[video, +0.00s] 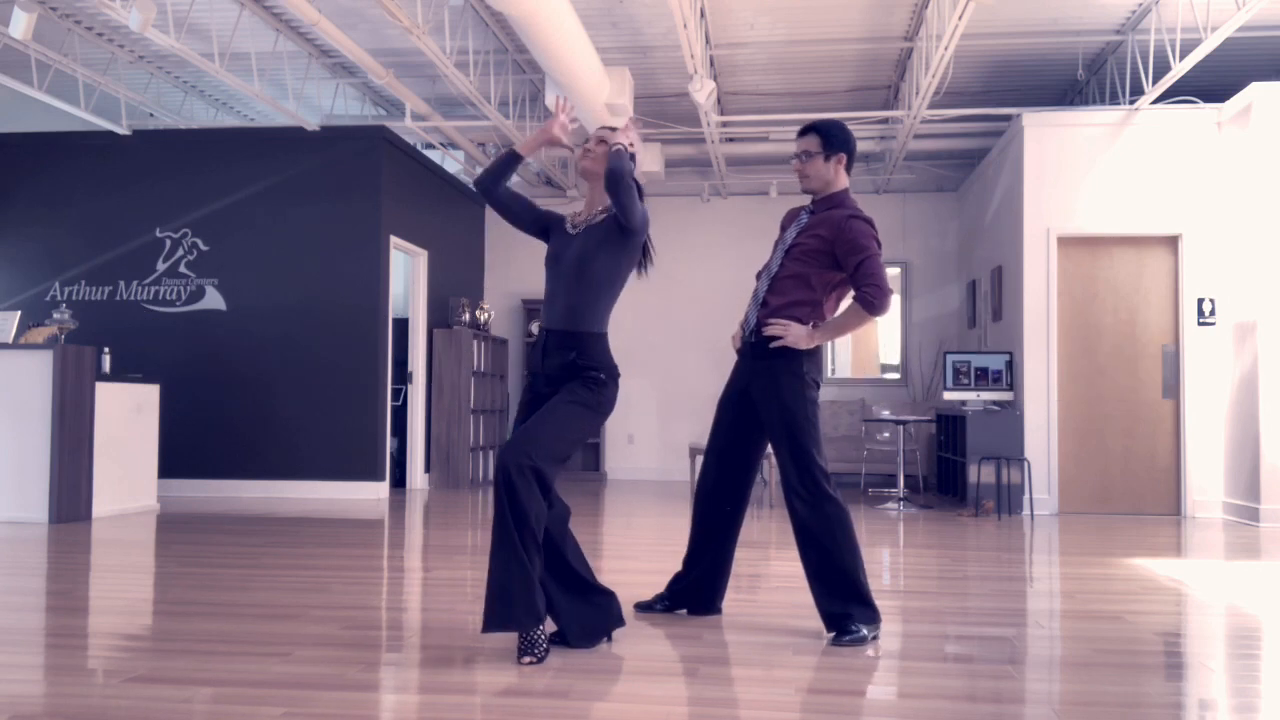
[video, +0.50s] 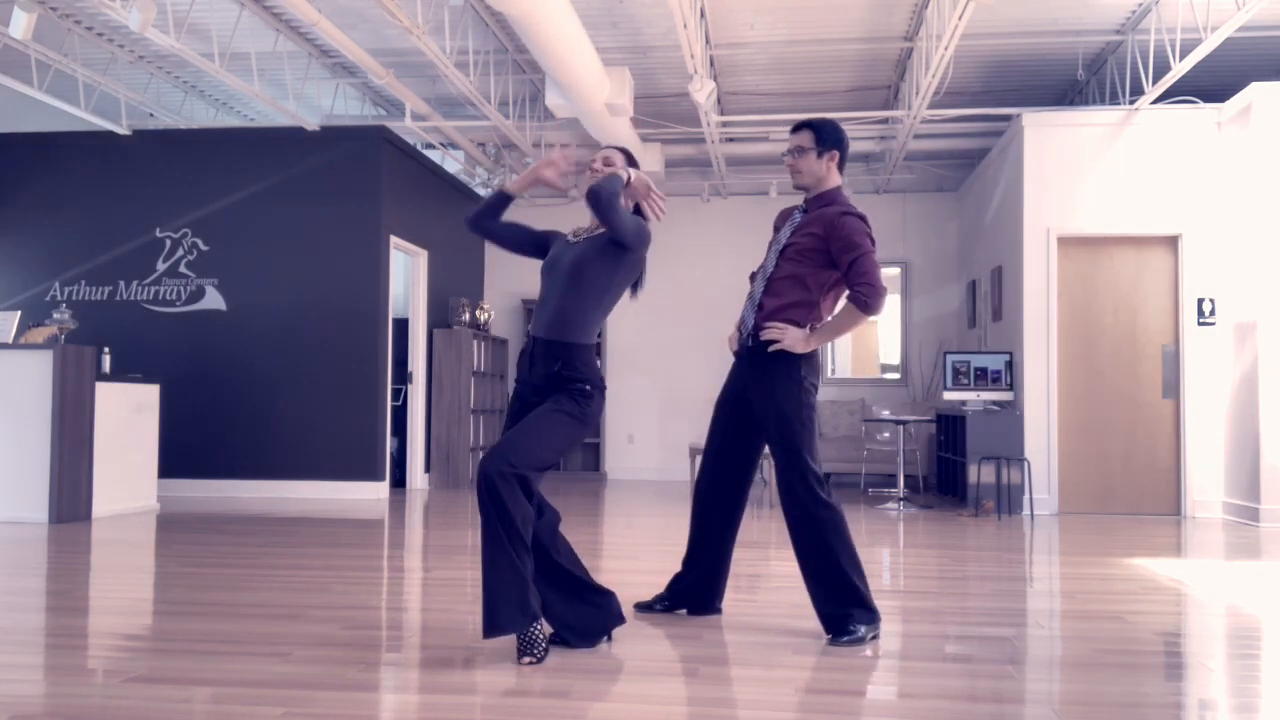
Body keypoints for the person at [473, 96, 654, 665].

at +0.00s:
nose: (589, 149)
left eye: (603, 146)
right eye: (589, 143)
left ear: (622, 166)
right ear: (579, 155)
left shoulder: (627, 226)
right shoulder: (557, 226)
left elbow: (624, 192)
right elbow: (488, 187)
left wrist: (621, 150)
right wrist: (541, 138)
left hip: (588, 376)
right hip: (544, 372)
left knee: (516, 462)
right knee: (530, 490)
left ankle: (532, 617)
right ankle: (587, 608)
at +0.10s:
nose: (590, 146)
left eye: (603, 146)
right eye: (590, 141)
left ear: (621, 167)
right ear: (581, 162)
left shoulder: (624, 227)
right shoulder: (557, 228)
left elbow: (623, 165)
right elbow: (492, 180)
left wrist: (624, 131)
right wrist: (548, 154)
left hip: (585, 376)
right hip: (542, 372)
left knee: (512, 463)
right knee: (528, 493)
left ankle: (532, 618)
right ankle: (588, 609)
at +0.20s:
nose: (589, 156)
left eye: (601, 152)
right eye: (588, 149)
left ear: (619, 173)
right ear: (580, 166)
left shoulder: (625, 228)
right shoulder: (559, 228)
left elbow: (625, 160)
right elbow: (495, 180)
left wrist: (611, 143)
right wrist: (548, 143)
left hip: (582, 380)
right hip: (539, 376)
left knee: (508, 466)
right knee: (524, 491)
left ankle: (531, 617)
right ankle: (586, 609)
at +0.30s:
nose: (586, 154)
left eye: (599, 150)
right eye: (585, 148)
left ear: (618, 168)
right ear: (579, 171)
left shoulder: (627, 231)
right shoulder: (559, 233)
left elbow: (617, 156)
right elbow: (494, 183)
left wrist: (635, 158)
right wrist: (555, 160)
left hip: (580, 382)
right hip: (535, 376)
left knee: (506, 466)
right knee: (521, 494)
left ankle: (531, 618)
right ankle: (586, 611)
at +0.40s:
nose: (586, 170)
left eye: (598, 165)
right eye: (587, 164)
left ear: (617, 183)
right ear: (582, 183)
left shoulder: (628, 232)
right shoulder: (561, 239)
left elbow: (615, 163)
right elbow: (493, 195)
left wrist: (635, 147)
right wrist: (555, 172)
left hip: (577, 386)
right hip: (532, 381)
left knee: (501, 467)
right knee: (517, 494)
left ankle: (528, 617)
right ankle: (586, 610)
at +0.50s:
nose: (596, 170)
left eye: (610, 166)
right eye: (593, 163)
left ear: (632, 187)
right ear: (583, 176)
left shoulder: (633, 236)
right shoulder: (560, 242)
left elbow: (602, 199)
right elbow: (481, 222)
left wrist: (628, 177)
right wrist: (531, 179)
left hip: (576, 388)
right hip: (531, 381)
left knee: (499, 469)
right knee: (517, 496)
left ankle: (529, 618)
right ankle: (586, 611)